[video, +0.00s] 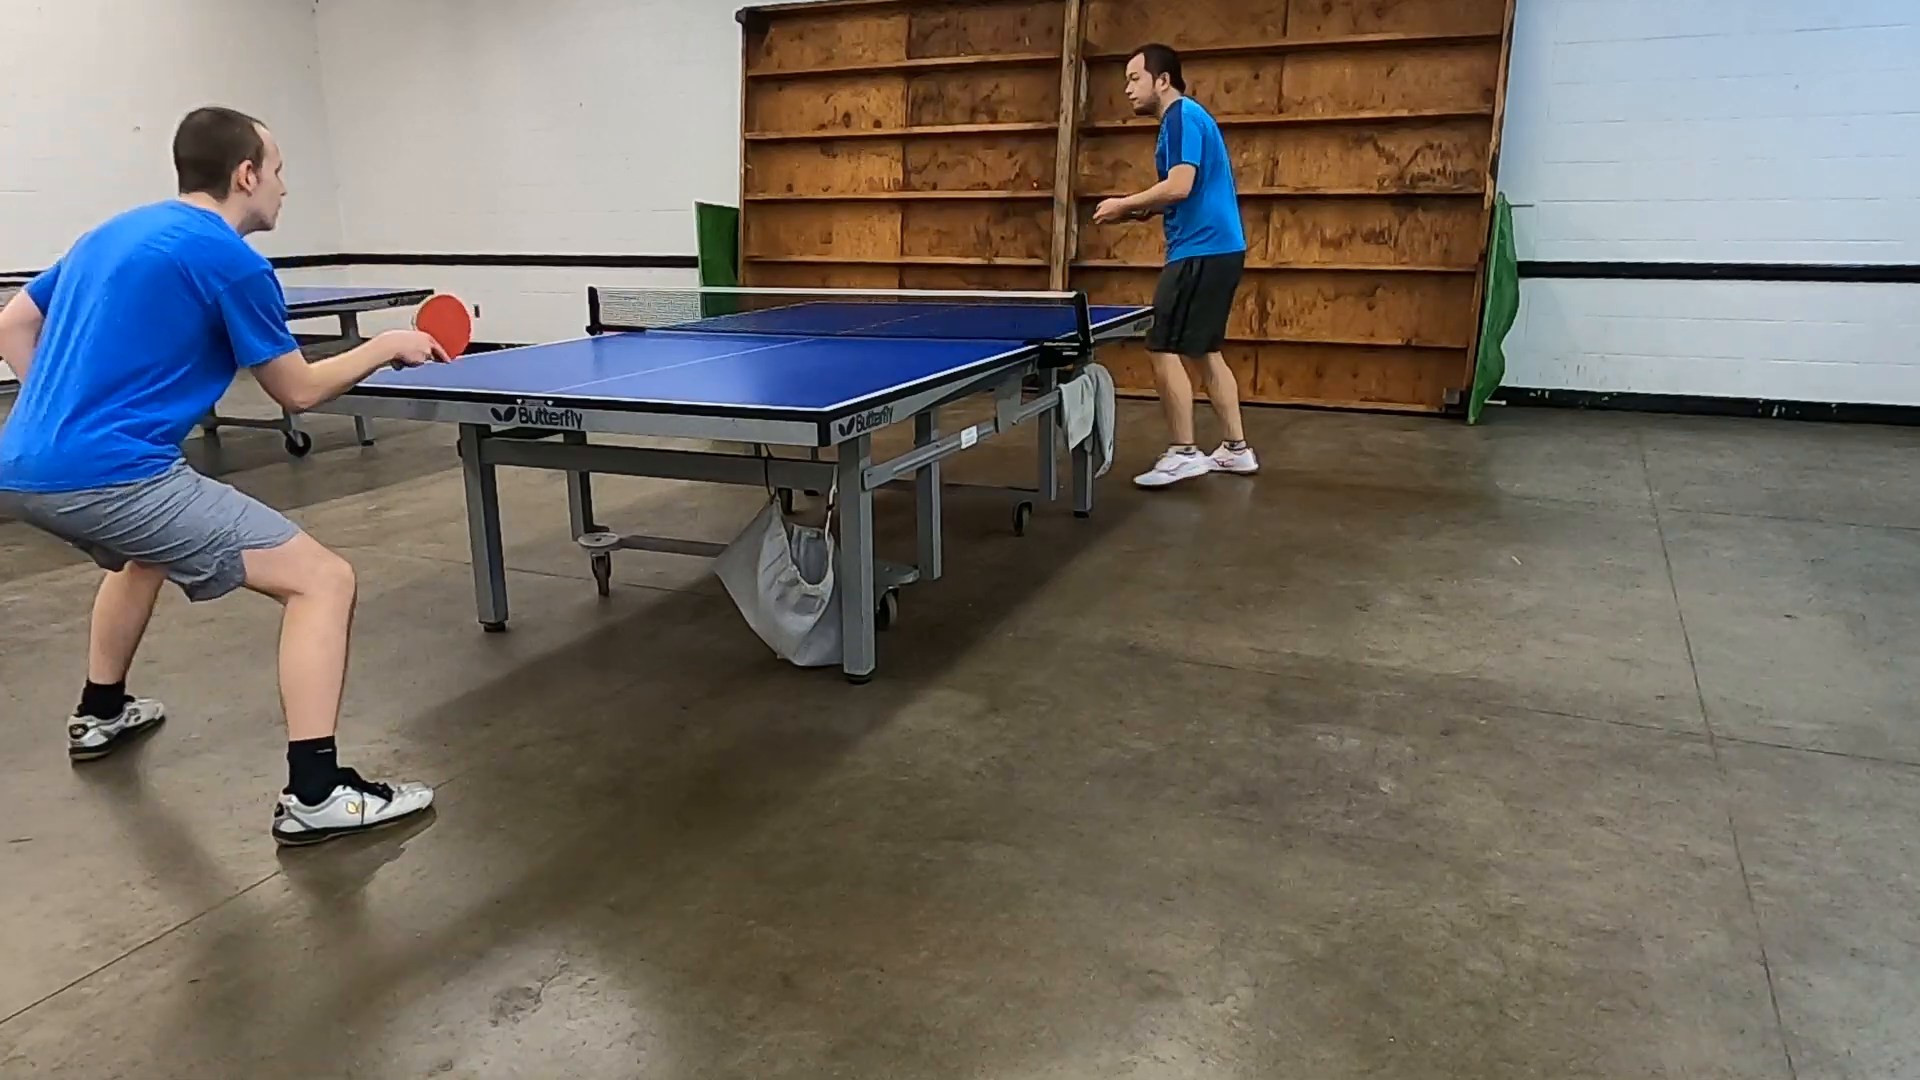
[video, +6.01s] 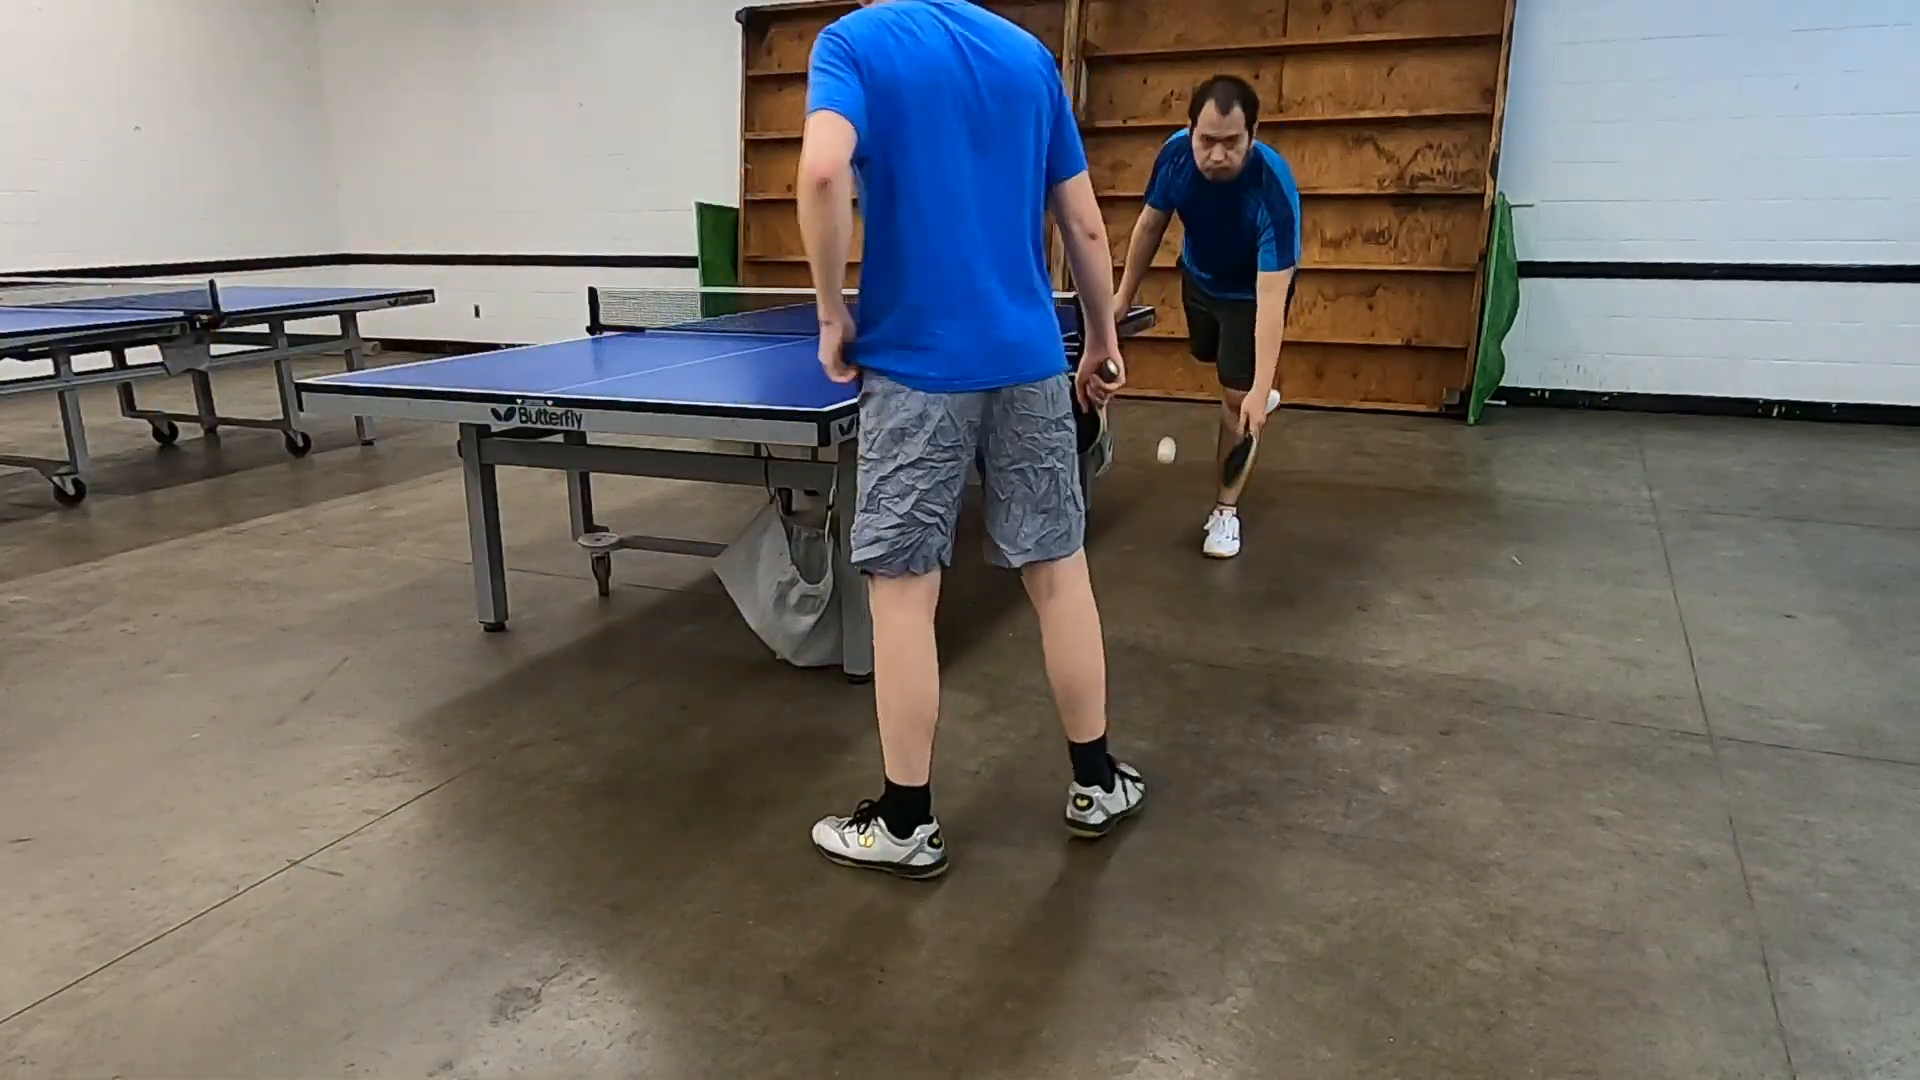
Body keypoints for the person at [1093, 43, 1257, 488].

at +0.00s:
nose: (1128, 88)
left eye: (1134, 78)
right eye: (1127, 80)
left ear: (1162, 80)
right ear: (1162, 83)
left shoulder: (1183, 116)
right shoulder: (1186, 118)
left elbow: (1180, 185)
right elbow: (1189, 193)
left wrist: (1125, 203)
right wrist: (1149, 210)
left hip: (1200, 252)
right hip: (1216, 250)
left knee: (1163, 348)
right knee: (1202, 349)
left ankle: (1184, 451)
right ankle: (1237, 447)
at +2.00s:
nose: (1086, 122)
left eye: (1096, 113)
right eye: (1082, 114)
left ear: (1122, 116)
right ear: (1079, 119)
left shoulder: (1159, 159)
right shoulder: (1088, 171)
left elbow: (1197, 213)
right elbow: (1072, 225)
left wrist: (1164, 256)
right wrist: (1052, 255)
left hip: (1167, 282)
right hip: (1114, 285)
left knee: (1164, 360)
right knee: (1088, 360)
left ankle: (1205, 461)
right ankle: (1084, 431)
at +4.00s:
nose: (1203, 63)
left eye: (1211, 53)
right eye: (1193, 56)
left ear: (1225, 59)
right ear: (1179, 66)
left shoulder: (1250, 115)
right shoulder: (1162, 128)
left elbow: (1275, 176)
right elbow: (1134, 199)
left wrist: (1244, 217)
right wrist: (1176, 239)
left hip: (1242, 264)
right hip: (1184, 265)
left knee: (1237, 367)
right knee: (1195, 366)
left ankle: (1201, 433)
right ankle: (1209, 468)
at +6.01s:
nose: (1217, 155)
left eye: (1231, 143)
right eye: (1207, 141)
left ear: (1251, 134)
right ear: (1191, 129)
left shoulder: (1273, 189)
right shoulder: (1176, 155)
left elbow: (1272, 298)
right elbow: (1149, 226)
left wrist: (1262, 389)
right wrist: (1123, 296)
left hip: (1250, 299)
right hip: (1198, 283)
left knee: (1236, 402)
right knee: (1211, 354)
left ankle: (1226, 509)